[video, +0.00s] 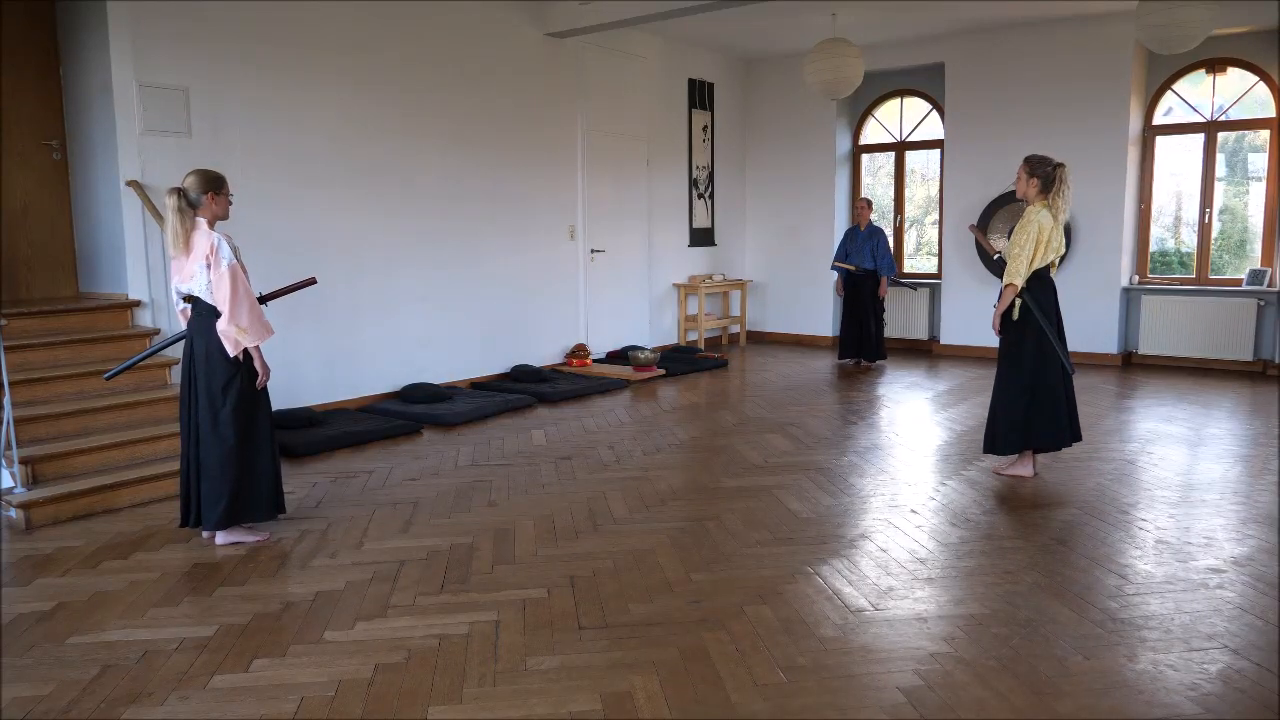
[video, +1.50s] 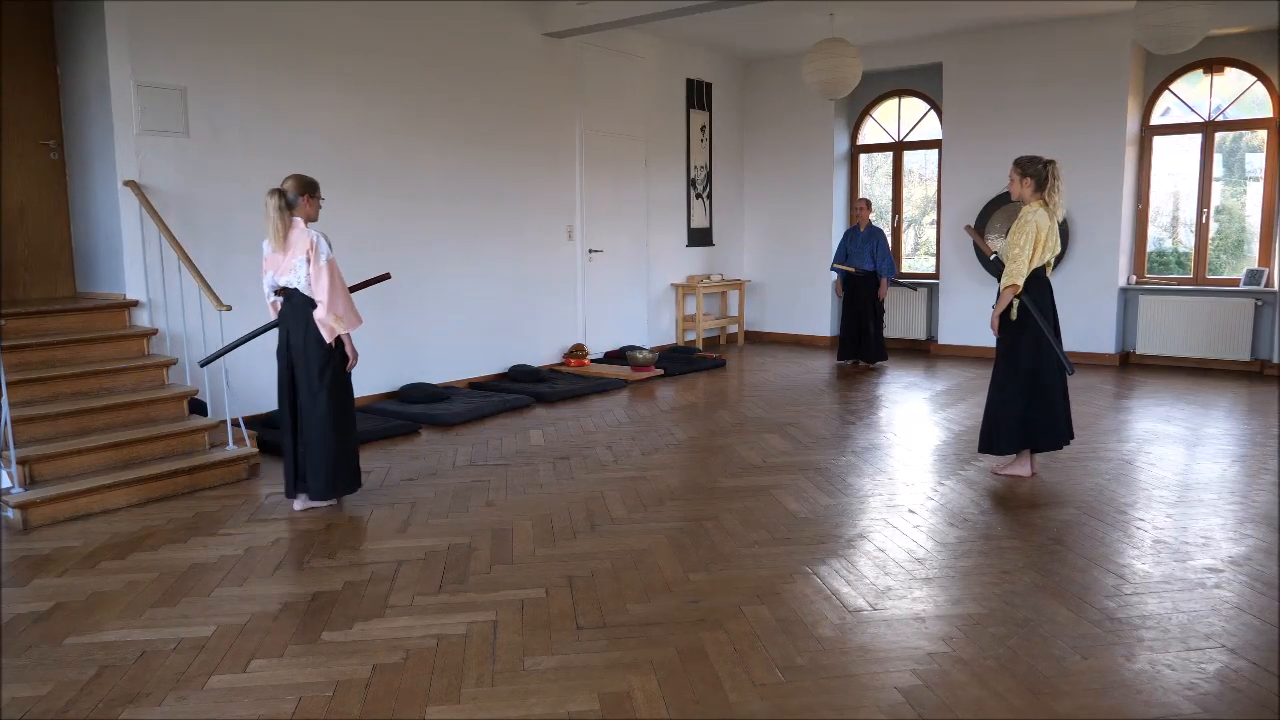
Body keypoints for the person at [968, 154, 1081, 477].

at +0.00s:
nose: (1015, 183)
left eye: (1019, 178)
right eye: (1017, 177)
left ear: (1033, 182)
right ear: (1038, 183)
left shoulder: (1033, 218)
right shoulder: (1050, 215)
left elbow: (1019, 269)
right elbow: (1021, 257)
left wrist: (999, 308)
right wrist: (989, 244)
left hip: (1027, 302)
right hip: (1041, 299)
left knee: (1024, 376)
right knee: (1033, 375)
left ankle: (1025, 459)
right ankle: (1027, 454)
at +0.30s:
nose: (1013, 185)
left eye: (1017, 179)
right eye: (1014, 179)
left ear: (1032, 182)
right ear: (1036, 182)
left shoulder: (1033, 217)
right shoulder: (1050, 214)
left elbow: (1022, 267)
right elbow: (1018, 255)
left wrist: (1002, 307)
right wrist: (987, 244)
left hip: (1028, 302)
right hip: (1041, 299)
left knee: (1026, 376)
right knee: (1033, 375)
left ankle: (1026, 459)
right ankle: (1026, 455)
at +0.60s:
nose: (1013, 184)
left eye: (1017, 179)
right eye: (1014, 178)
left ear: (1032, 182)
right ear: (1036, 182)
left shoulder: (1033, 216)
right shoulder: (1050, 213)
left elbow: (1021, 267)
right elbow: (1027, 257)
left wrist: (1002, 308)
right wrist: (990, 245)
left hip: (1028, 301)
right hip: (1042, 297)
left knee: (1026, 375)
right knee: (1033, 375)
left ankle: (1025, 459)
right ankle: (1026, 455)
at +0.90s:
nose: (1012, 185)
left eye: (1016, 180)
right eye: (1013, 179)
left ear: (1031, 182)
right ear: (1035, 182)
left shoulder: (1032, 217)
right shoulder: (1048, 214)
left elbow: (1021, 268)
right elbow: (1016, 254)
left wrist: (1001, 308)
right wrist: (986, 243)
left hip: (1028, 301)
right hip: (1041, 299)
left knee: (1025, 376)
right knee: (1032, 376)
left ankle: (1024, 459)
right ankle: (1025, 456)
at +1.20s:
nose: (1010, 185)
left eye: (1014, 180)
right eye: (1011, 179)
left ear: (1030, 182)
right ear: (1034, 182)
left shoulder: (1031, 217)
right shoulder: (1048, 214)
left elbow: (1020, 267)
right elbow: (1016, 253)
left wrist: (1000, 308)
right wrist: (986, 243)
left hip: (1028, 301)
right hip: (1040, 298)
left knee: (1025, 376)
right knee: (1033, 375)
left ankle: (1024, 459)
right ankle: (1026, 455)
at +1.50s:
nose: (1008, 185)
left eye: (1012, 180)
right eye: (1009, 179)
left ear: (1027, 183)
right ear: (1032, 183)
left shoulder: (1029, 218)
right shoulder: (1045, 215)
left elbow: (1017, 268)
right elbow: (1013, 257)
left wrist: (998, 308)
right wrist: (983, 243)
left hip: (1024, 302)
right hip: (1038, 299)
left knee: (1022, 376)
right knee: (1029, 376)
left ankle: (1023, 459)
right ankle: (1023, 455)